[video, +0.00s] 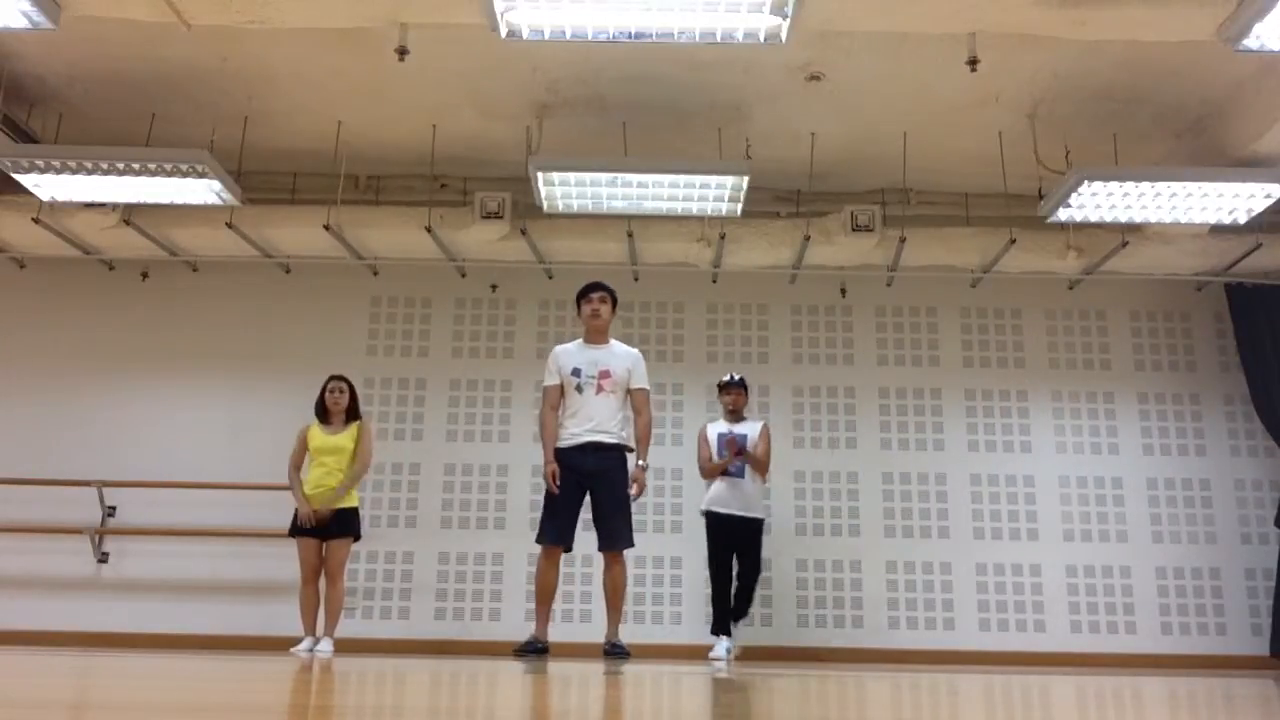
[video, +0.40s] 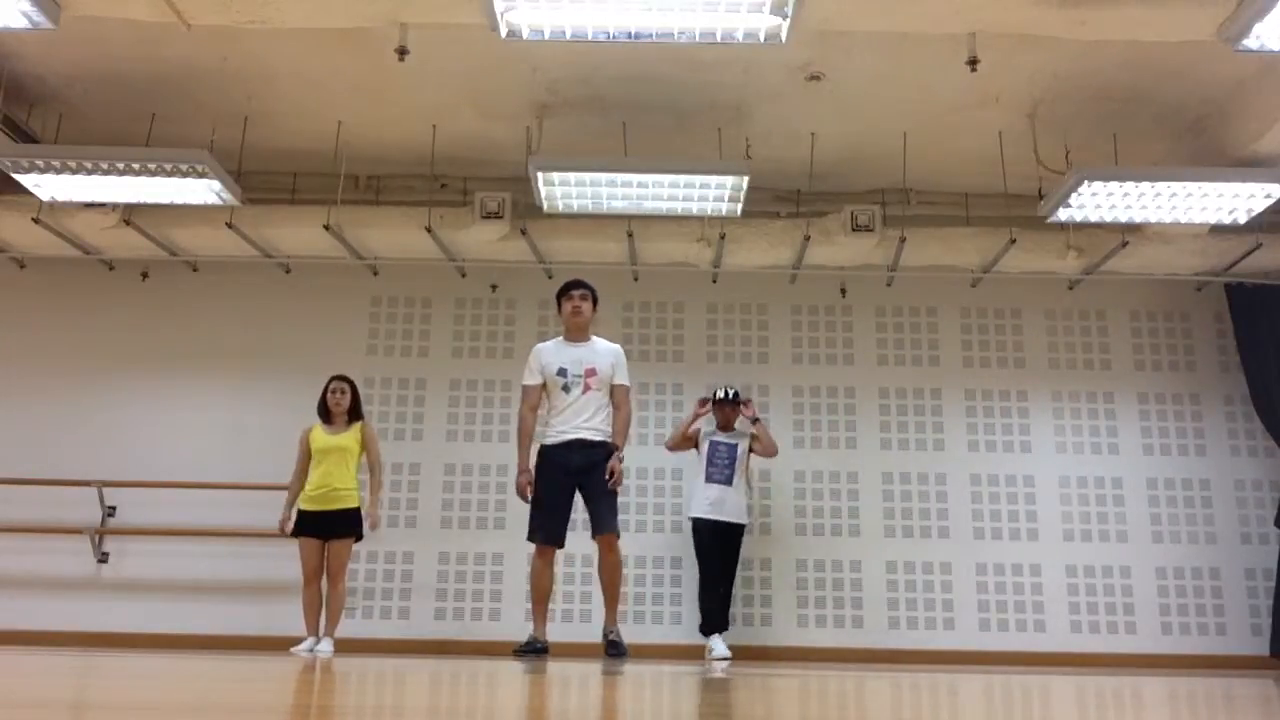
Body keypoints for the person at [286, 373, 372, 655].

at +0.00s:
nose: (336, 396)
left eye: (341, 392)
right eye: (331, 391)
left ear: (350, 397)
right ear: (323, 397)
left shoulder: (361, 428)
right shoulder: (309, 431)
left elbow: (362, 467)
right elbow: (293, 469)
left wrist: (332, 500)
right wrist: (301, 502)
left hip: (341, 509)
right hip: (309, 508)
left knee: (334, 575)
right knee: (309, 575)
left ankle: (328, 637)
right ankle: (309, 636)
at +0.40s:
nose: (337, 396)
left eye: (342, 392)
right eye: (333, 392)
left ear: (352, 398)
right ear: (325, 397)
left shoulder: (363, 430)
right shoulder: (311, 433)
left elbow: (375, 468)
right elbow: (299, 475)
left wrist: (374, 506)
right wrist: (287, 509)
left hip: (344, 509)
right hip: (310, 508)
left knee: (335, 577)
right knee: (310, 577)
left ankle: (328, 637)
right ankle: (311, 636)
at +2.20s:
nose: (336, 398)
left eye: (342, 394)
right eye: (332, 393)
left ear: (352, 399)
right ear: (325, 398)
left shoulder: (361, 430)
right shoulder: (310, 432)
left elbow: (367, 472)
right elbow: (298, 473)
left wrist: (361, 508)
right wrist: (291, 508)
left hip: (343, 509)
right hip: (309, 507)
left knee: (335, 575)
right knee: (311, 575)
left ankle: (327, 637)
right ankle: (311, 636)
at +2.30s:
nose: (336, 398)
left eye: (341, 394)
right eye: (332, 394)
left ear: (351, 400)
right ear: (324, 399)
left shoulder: (361, 431)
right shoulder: (309, 432)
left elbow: (367, 472)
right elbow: (298, 473)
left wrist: (360, 508)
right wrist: (291, 508)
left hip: (342, 509)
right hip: (309, 507)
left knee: (332, 576)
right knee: (310, 575)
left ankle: (326, 637)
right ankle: (311, 636)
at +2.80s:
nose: (337, 403)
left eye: (343, 399)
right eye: (333, 399)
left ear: (352, 405)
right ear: (325, 404)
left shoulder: (360, 437)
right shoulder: (309, 433)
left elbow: (364, 474)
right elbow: (293, 467)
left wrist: (369, 507)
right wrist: (299, 502)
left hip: (347, 512)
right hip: (315, 513)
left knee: (338, 578)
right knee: (316, 577)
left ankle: (328, 637)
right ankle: (314, 636)